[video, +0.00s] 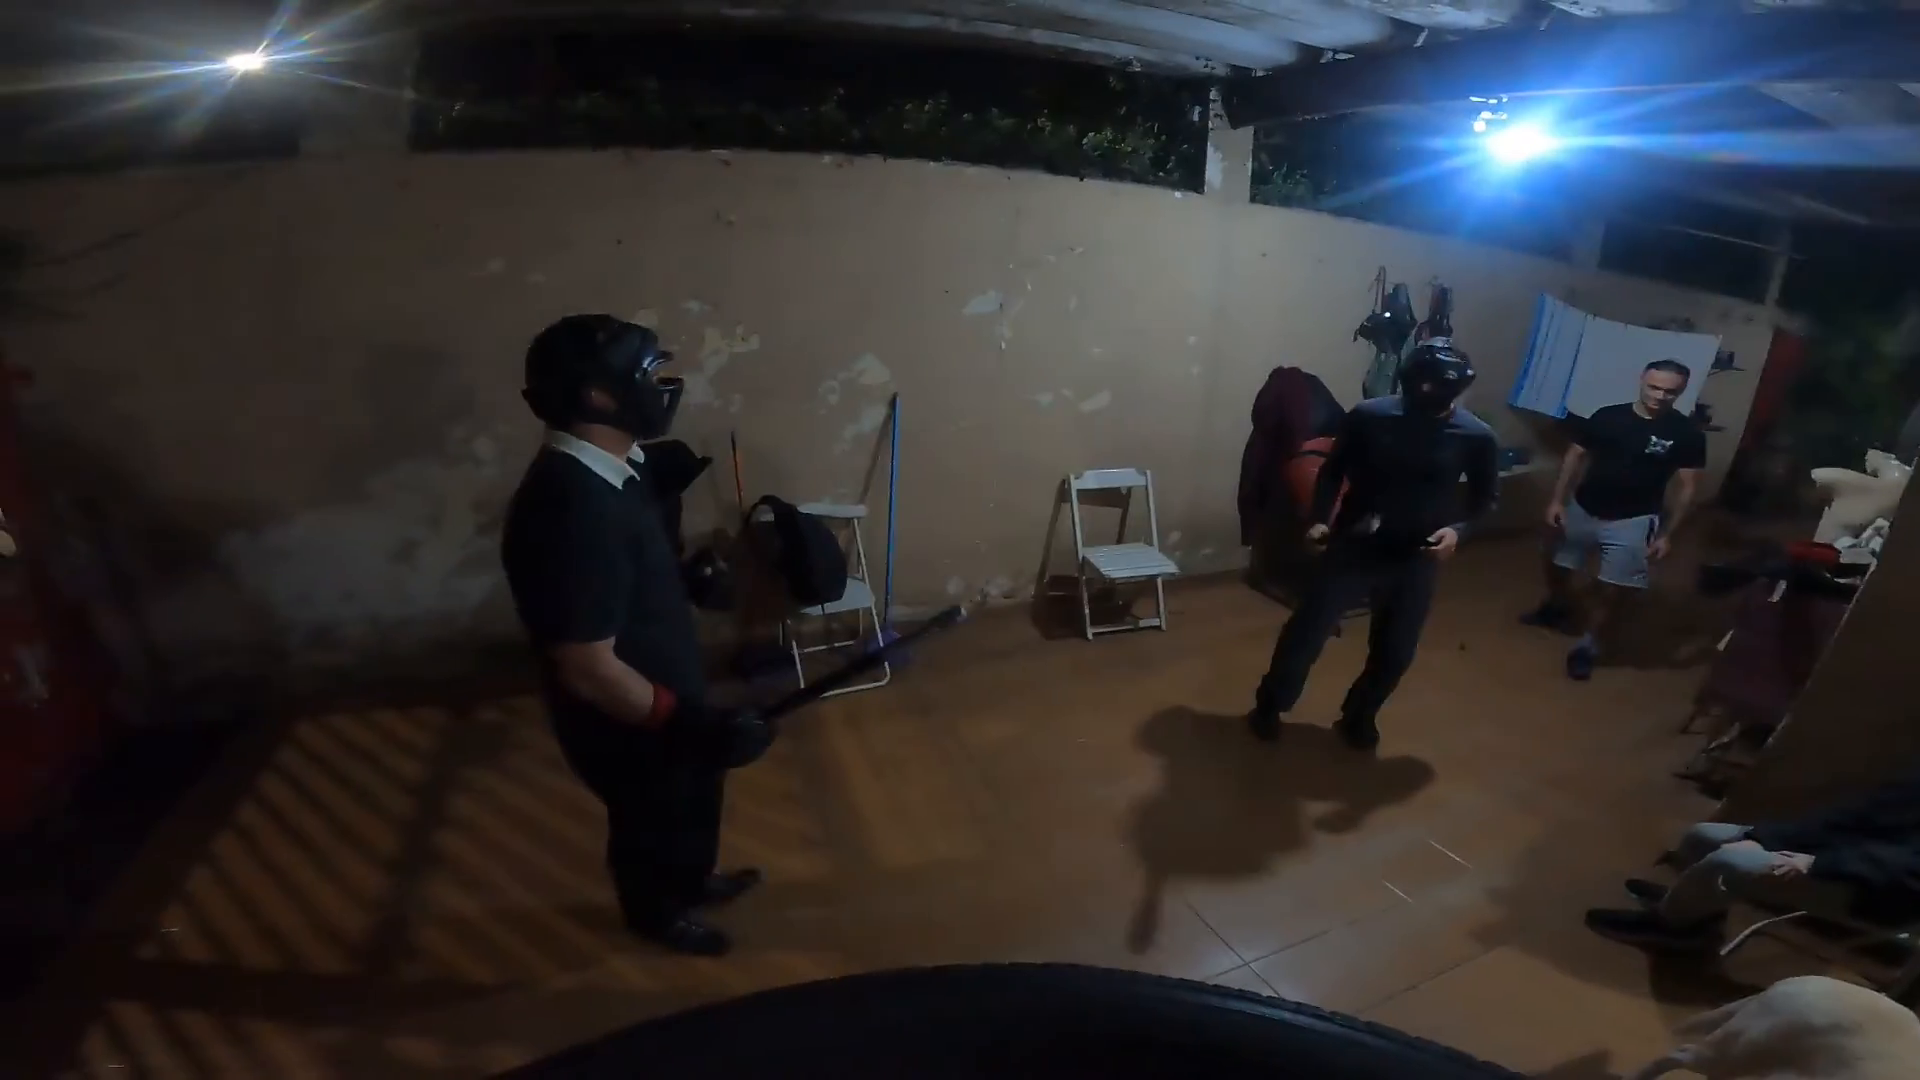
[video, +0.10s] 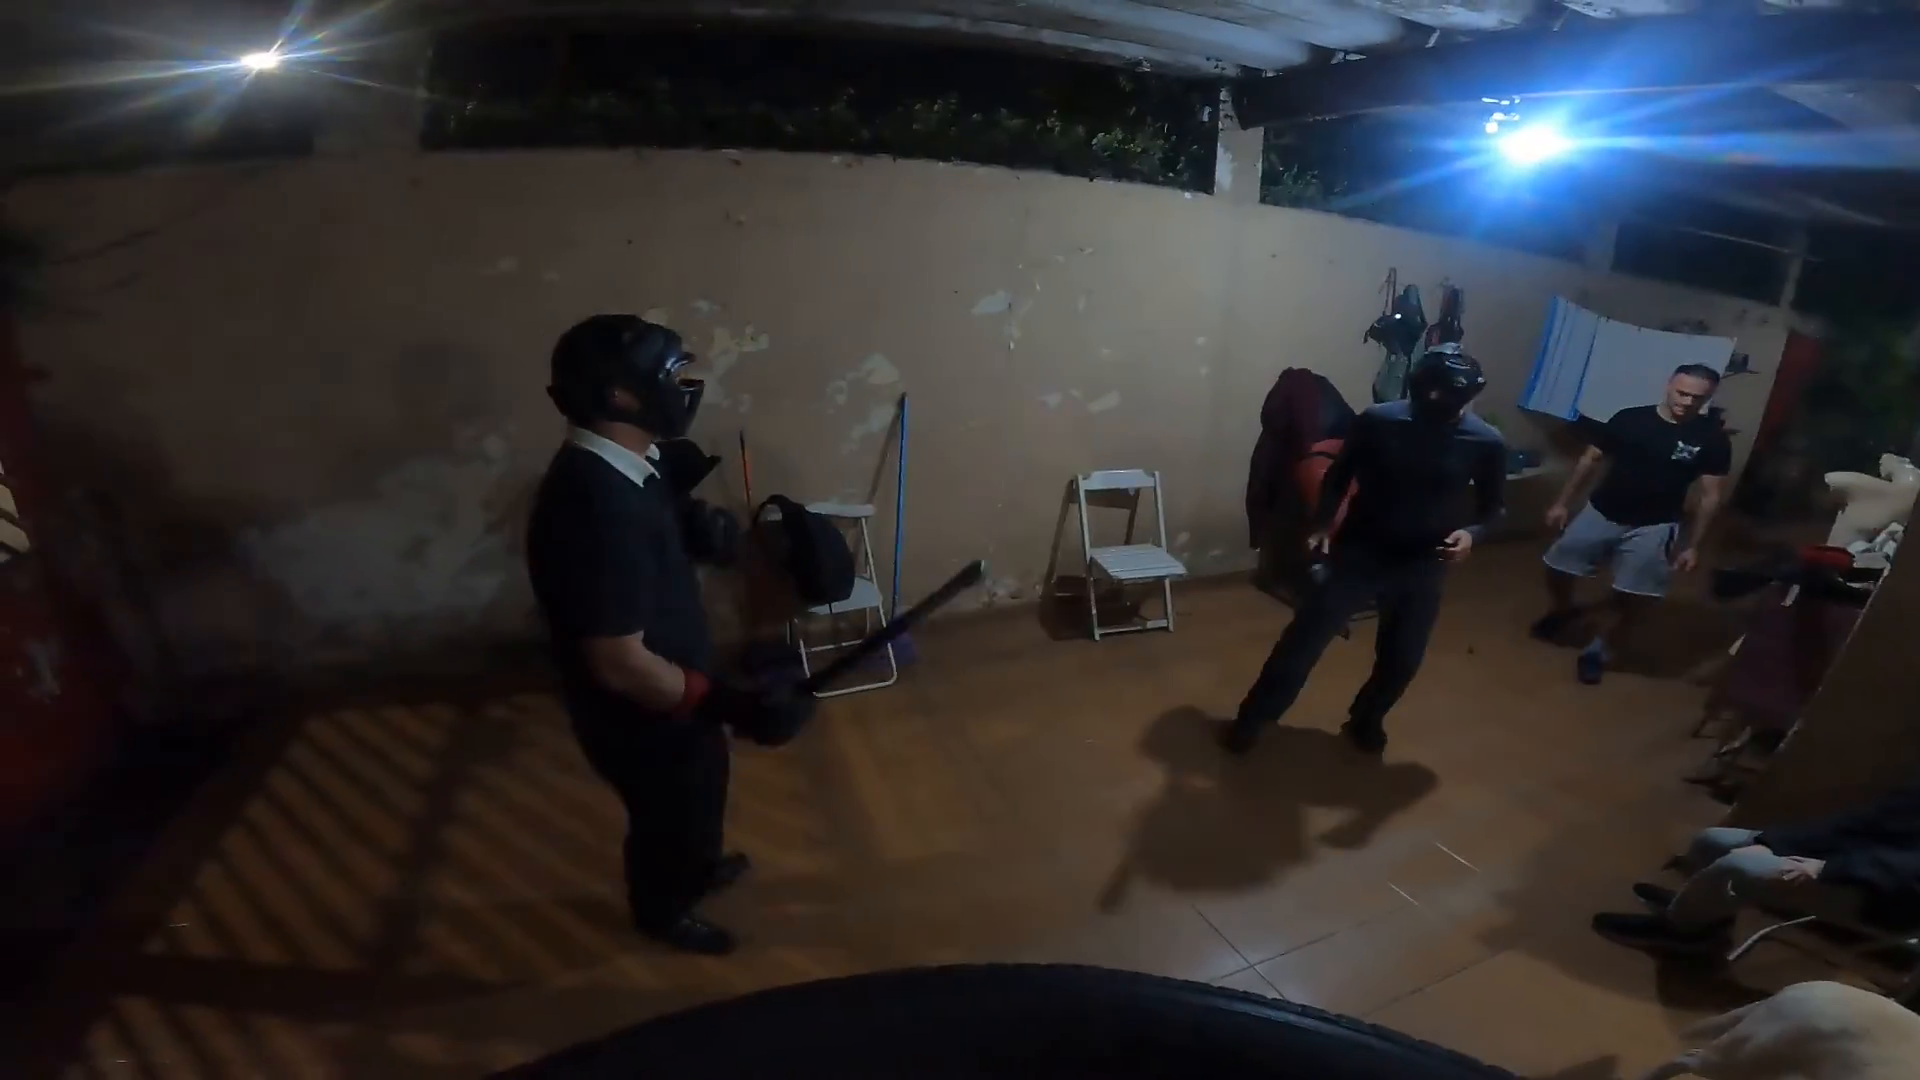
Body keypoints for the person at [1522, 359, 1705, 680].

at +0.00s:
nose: (1658, 397)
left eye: (1668, 392)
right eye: (1653, 388)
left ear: (1678, 395)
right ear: (1641, 383)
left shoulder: (1685, 435)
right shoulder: (1609, 416)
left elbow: (1687, 486)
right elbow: (1575, 454)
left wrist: (1666, 534)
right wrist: (1557, 500)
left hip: (1631, 521)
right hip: (1584, 509)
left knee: (1613, 589)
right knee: (1559, 561)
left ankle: (1587, 649)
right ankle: (1555, 606)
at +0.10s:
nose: (1685, 402)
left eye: (1695, 398)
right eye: (1681, 393)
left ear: (1705, 401)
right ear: (1669, 387)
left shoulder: (1710, 440)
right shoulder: (1630, 419)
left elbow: (1711, 494)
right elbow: (1591, 457)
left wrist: (1693, 545)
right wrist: (1563, 503)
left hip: (1653, 526)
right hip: (1602, 512)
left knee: (1632, 591)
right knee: (1558, 563)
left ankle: (1598, 651)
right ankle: (1561, 613)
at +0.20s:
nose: (1708, 410)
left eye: (1718, 404)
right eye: (1703, 400)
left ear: (1730, 407)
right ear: (1690, 393)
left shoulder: (1731, 447)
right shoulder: (1649, 424)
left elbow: (1733, 502)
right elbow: (1604, 459)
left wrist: (1711, 554)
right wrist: (1573, 504)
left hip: (1669, 536)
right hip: (1617, 519)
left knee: (1640, 603)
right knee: (1570, 577)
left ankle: (1609, 658)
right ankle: (1568, 631)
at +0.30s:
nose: (1733, 419)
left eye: (1743, 414)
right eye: (1728, 410)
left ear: (1757, 417)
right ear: (1714, 403)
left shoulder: (1756, 455)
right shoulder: (1672, 432)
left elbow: (1759, 512)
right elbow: (1624, 464)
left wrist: (1725, 556)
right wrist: (1596, 514)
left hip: (1690, 546)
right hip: (1636, 528)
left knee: (1654, 614)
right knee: (1594, 595)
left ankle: (1621, 663)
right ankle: (1578, 659)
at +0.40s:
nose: (1741, 424)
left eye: (1751, 418)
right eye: (1736, 414)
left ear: (1766, 421)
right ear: (1721, 408)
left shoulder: (1766, 460)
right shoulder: (1681, 436)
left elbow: (1768, 516)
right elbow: (1632, 470)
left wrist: (1728, 555)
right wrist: (1606, 522)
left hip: (1695, 557)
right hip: (1643, 537)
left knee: (1662, 623)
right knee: (1601, 605)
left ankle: (1630, 669)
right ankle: (1583, 672)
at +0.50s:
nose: (1757, 434)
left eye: (1767, 429)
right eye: (1752, 425)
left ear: (1782, 431)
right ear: (1738, 418)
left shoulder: (1785, 470)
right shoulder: (1698, 449)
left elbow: (1783, 527)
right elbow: (1646, 488)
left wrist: (1739, 559)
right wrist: (1629, 540)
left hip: (1712, 572)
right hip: (1661, 553)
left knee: (1679, 635)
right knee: (1619, 620)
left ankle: (1647, 678)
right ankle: (1592, 692)